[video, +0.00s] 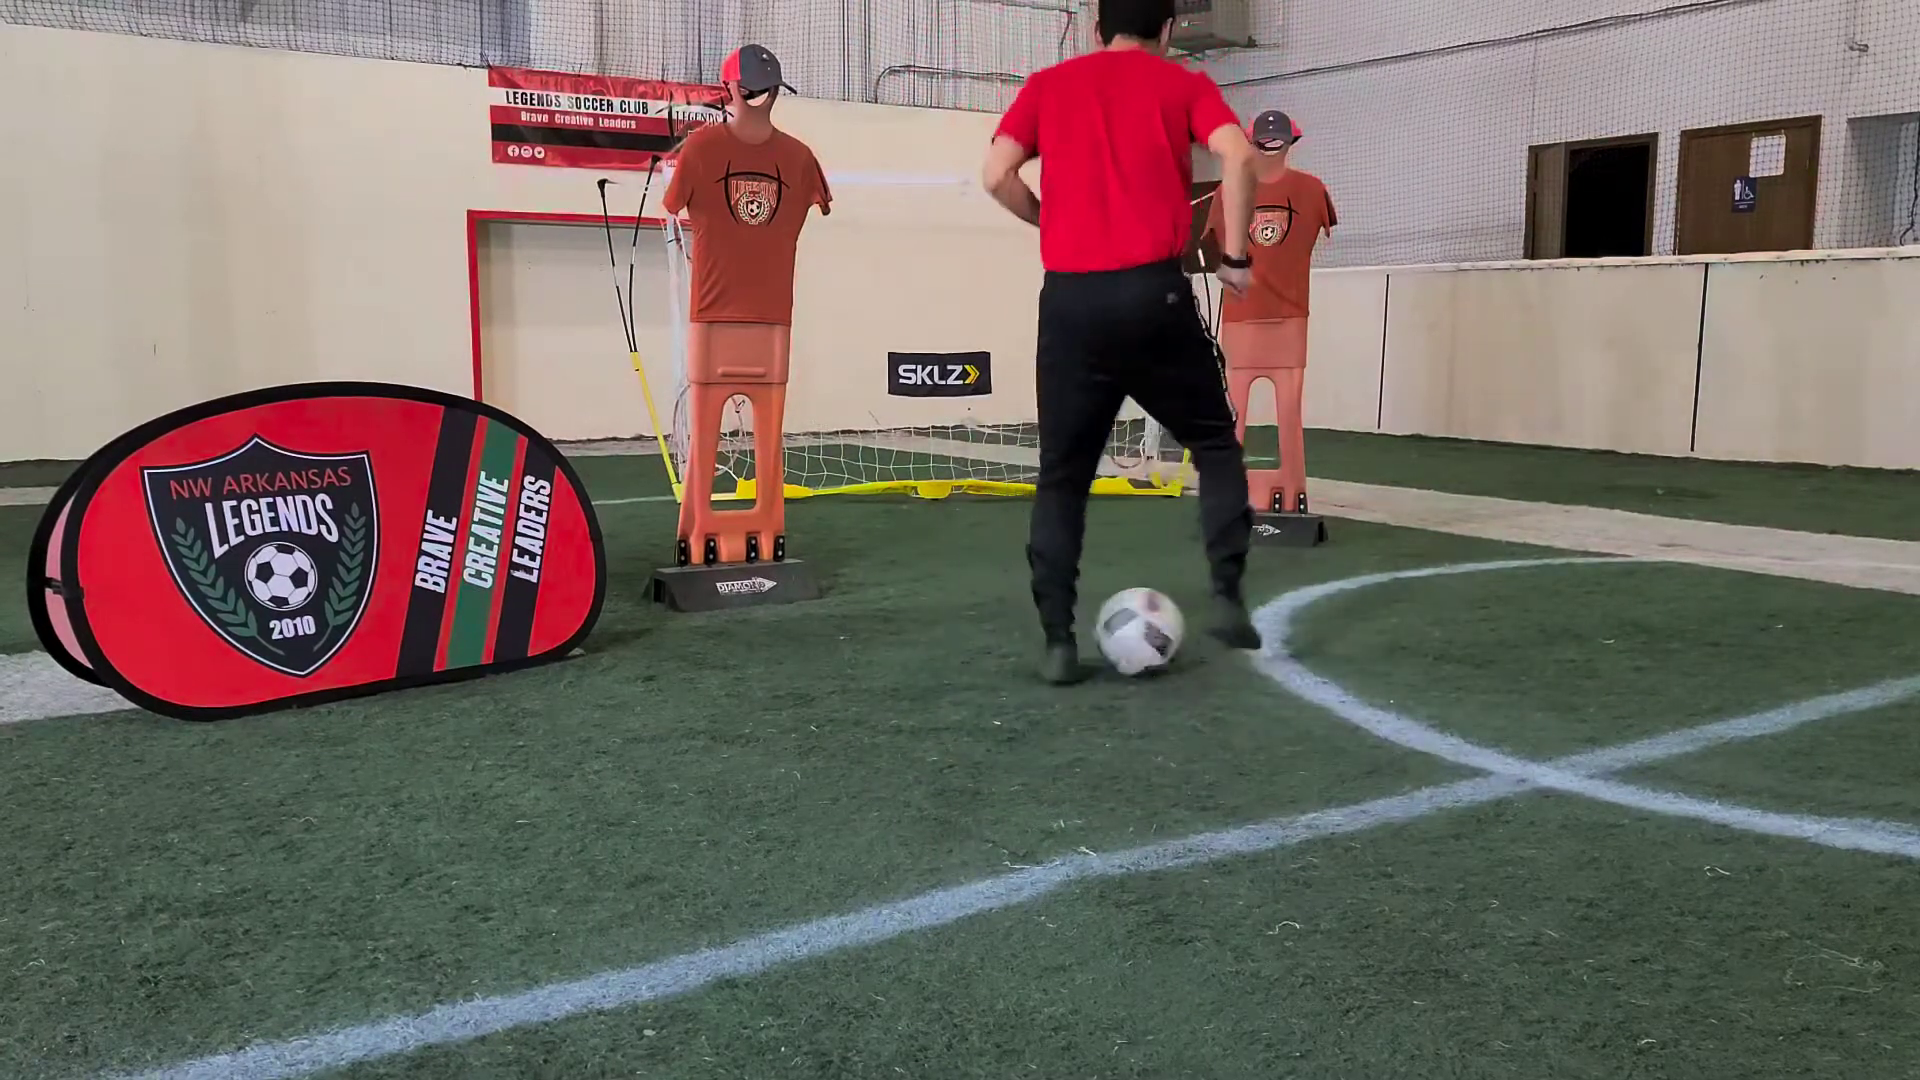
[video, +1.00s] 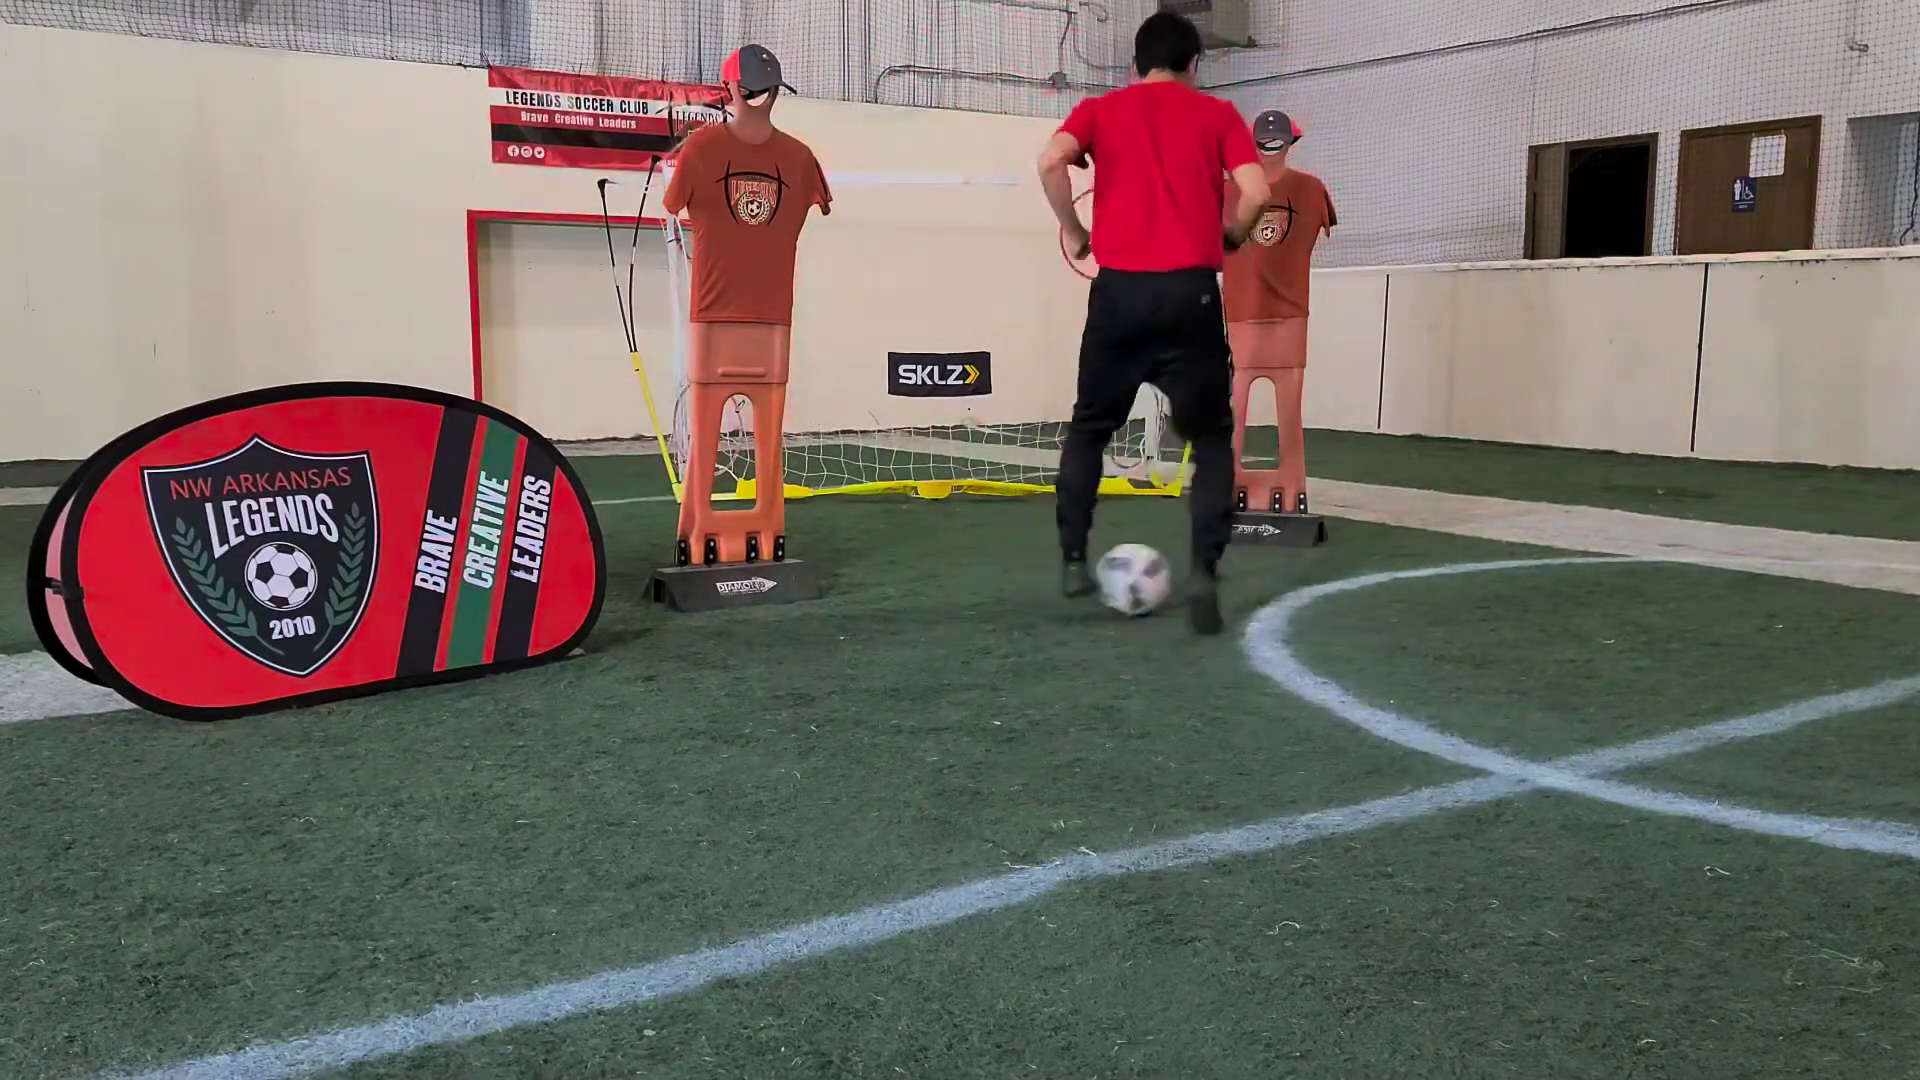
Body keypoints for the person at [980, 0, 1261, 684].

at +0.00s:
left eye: (1094, 18)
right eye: (1164, 23)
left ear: (1098, 23)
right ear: (1163, 26)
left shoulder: (1050, 82)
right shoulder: (1182, 81)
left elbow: (995, 175)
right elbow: (1238, 155)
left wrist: (1050, 221)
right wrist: (1233, 253)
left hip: (1069, 300)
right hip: (1154, 296)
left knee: (1062, 470)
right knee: (1214, 443)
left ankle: (1059, 640)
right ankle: (1227, 595)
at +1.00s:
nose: (1195, 72)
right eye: (1198, 64)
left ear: (1135, 65)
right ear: (1193, 65)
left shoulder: (1102, 108)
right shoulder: (1218, 113)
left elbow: (1050, 160)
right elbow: (1255, 193)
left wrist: (1072, 230)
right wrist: (1231, 235)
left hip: (1118, 296)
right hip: (1190, 296)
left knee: (1090, 427)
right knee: (1211, 435)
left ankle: (1073, 558)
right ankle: (1204, 572)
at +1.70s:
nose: (1211, 110)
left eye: (1207, 103)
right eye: (1211, 103)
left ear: (1158, 100)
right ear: (1205, 102)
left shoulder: (1115, 149)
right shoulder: (1219, 150)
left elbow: (1072, 225)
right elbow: (1253, 213)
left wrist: (1121, 251)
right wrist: (1261, 285)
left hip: (1131, 322)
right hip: (1198, 317)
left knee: (1126, 443)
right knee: (1251, 415)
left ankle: (1115, 568)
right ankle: (1278, 533)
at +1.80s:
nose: (1226, 107)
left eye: (1222, 100)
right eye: (1226, 99)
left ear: (1171, 96)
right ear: (1218, 98)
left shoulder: (1127, 142)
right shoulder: (1225, 141)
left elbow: (1079, 218)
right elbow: (1242, 190)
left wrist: (1129, 250)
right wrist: (1256, 268)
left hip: (1134, 312)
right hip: (1199, 310)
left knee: (1125, 432)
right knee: (1245, 411)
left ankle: (1109, 559)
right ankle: (1260, 527)